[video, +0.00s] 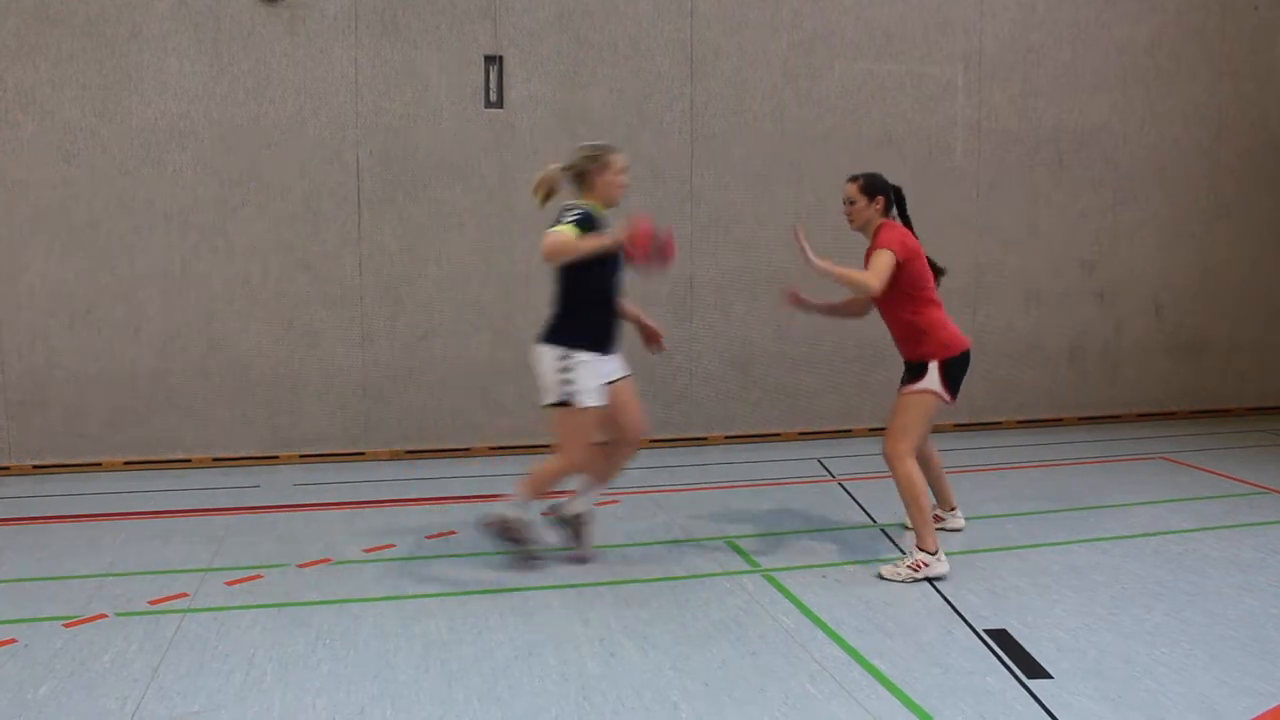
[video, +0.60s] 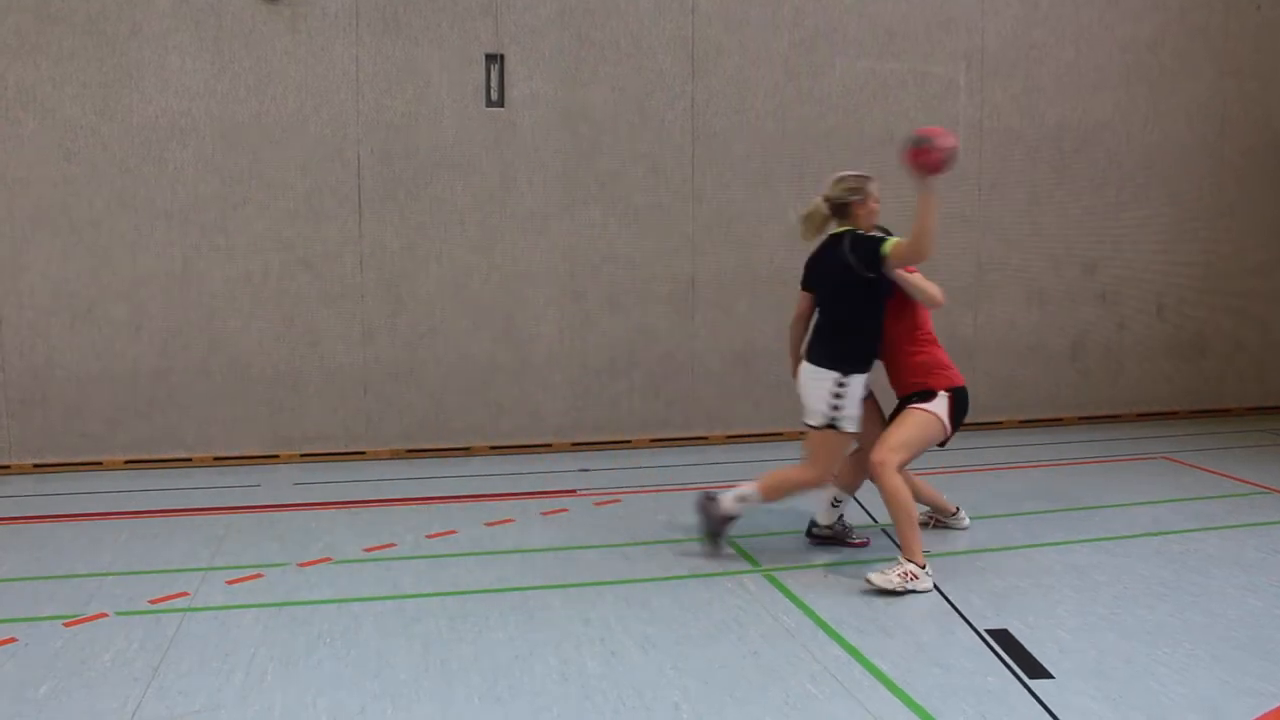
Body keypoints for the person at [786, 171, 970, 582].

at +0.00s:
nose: (845, 211)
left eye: (851, 203)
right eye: (844, 204)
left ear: (878, 204)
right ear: (874, 205)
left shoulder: (892, 236)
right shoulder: (880, 244)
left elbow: (873, 285)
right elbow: (861, 307)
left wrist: (821, 265)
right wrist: (812, 306)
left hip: (937, 357)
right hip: (927, 356)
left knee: (898, 450)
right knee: (913, 439)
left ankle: (928, 554)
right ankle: (947, 510)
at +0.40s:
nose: (836, 254)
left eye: (843, 247)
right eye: (836, 248)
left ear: (869, 251)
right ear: (859, 253)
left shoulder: (881, 272)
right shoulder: (860, 303)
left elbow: (865, 284)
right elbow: (845, 360)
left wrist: (814, 261)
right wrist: (806, 341)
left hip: (937, 391)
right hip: (912, 395)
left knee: (882, 465)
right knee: (891, 460)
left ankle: (924, 565)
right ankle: (949, 511)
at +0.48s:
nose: (848, 256)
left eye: (856, 248)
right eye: (847, 250)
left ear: (877, 253)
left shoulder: (889, 275)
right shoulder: (861, 305)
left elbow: (895, 291)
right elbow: (853, 361)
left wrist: (848, 267)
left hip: (934, 395)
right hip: (911, 398)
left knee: (877, 466)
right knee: (883, 463)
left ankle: (919, 565)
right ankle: (947, 512)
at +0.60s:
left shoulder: (900, 270)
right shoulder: (859, 285)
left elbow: (935, 299)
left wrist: (890, 267)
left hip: (940, 393)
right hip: (912, 396)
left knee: (883, 460)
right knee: (883, 467)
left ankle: (915, 566)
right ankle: (946, 512)